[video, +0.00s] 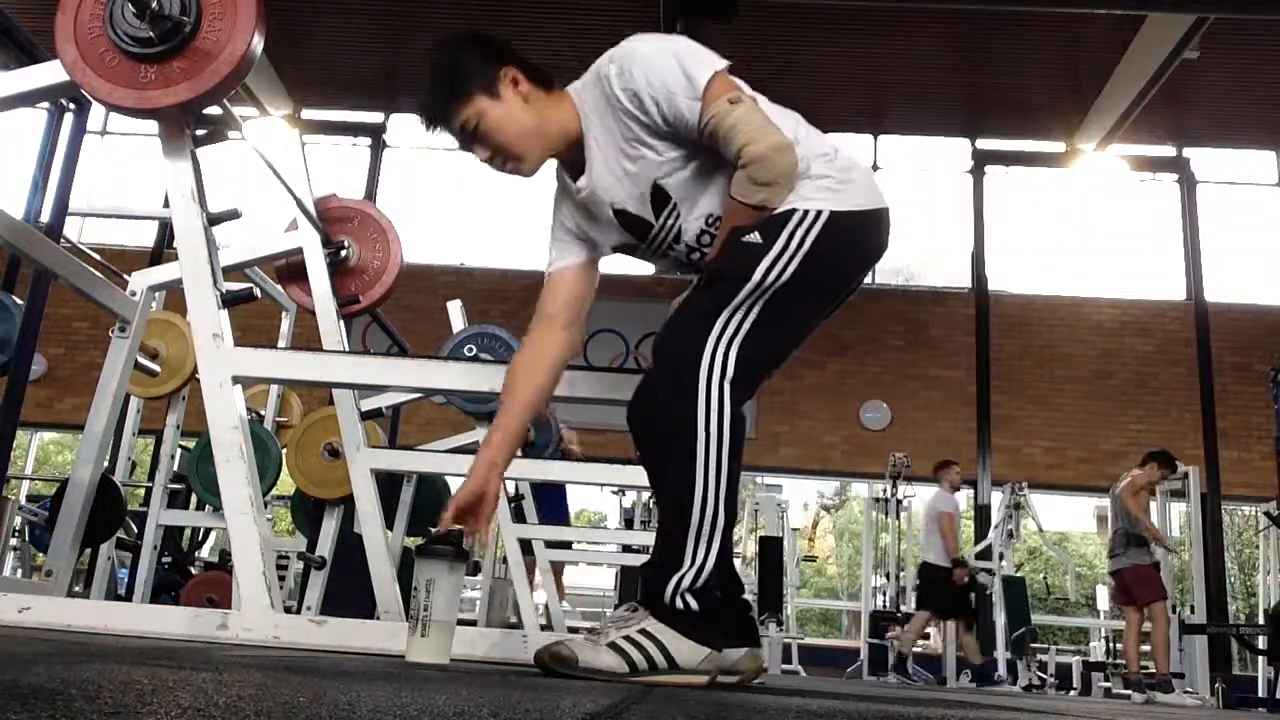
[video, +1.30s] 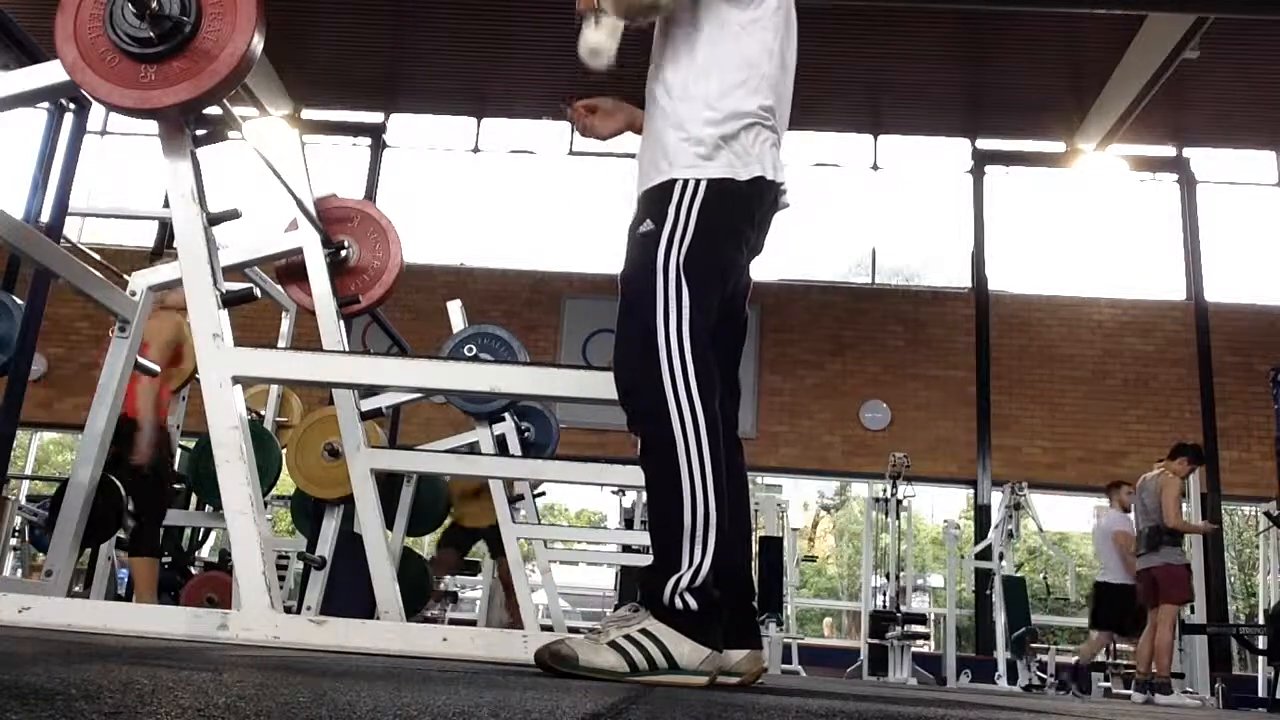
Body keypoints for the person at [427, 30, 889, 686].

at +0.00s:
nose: (482, 154)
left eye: (476, 130)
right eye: (468, 146)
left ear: (515, 85)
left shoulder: (636, 65)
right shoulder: (576, 204)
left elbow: (769, 155)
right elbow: (555, 328)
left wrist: (721, 252)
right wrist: (489, 464)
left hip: (821, 201)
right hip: (760, 242)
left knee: (701, 366)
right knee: (654, 407)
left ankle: (685, 620)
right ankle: (725, 629)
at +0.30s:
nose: (473, 105)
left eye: (468, 80)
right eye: (461, 98)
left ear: (507, 33)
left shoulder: (631, 29)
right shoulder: (570, 160)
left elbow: (750, 133)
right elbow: (597, 290)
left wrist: (694, 267)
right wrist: (546, 392)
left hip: (807, 179)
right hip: (747, 219)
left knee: (703, 368)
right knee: (669, 401)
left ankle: (683, 621)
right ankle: (726, 628)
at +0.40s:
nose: (484, 56)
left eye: (478, 33)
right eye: (473, 50)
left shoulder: (630, 10)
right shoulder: (583, 121)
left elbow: (743, 118)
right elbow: (628, 253)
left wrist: (674, 242)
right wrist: (585, 301)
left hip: (798, 172)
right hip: (746, 200)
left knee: (703, 379)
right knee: (677, 395)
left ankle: (684, 622)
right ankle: (728, 630)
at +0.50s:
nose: (510, 18)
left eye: (511, 1)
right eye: (505, 13)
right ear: (526, 17)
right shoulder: (598, 78)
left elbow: (724, 84)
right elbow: (653, 204)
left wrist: (660, 195)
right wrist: (605, 236)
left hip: (786, 167)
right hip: (744, 189)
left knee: (698, 377)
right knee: (691, 393)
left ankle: (690, 622)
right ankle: (726, 631)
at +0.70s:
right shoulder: (646, 15)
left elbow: (715, 27)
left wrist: (636, 126)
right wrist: (631, 139)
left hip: (750, 157)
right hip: (711, 168)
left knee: (689, 374)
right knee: (692, 383)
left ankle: (691, 623)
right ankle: (728, 631)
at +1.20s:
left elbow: (665, 9)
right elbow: (704, 99)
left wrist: (615, 27)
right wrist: (613, 106)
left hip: (703, 158)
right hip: (717, 164)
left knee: (663, 380)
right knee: (701, 399)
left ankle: (688, 623)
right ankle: (730, 633)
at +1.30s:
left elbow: (642, 4)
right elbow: (716, 108)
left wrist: (616, 8)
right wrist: (634, 119)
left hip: (705, 153)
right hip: (702, 157)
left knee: (666, 380)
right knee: (694, 393)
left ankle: (688, 623)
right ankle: (728, 633)